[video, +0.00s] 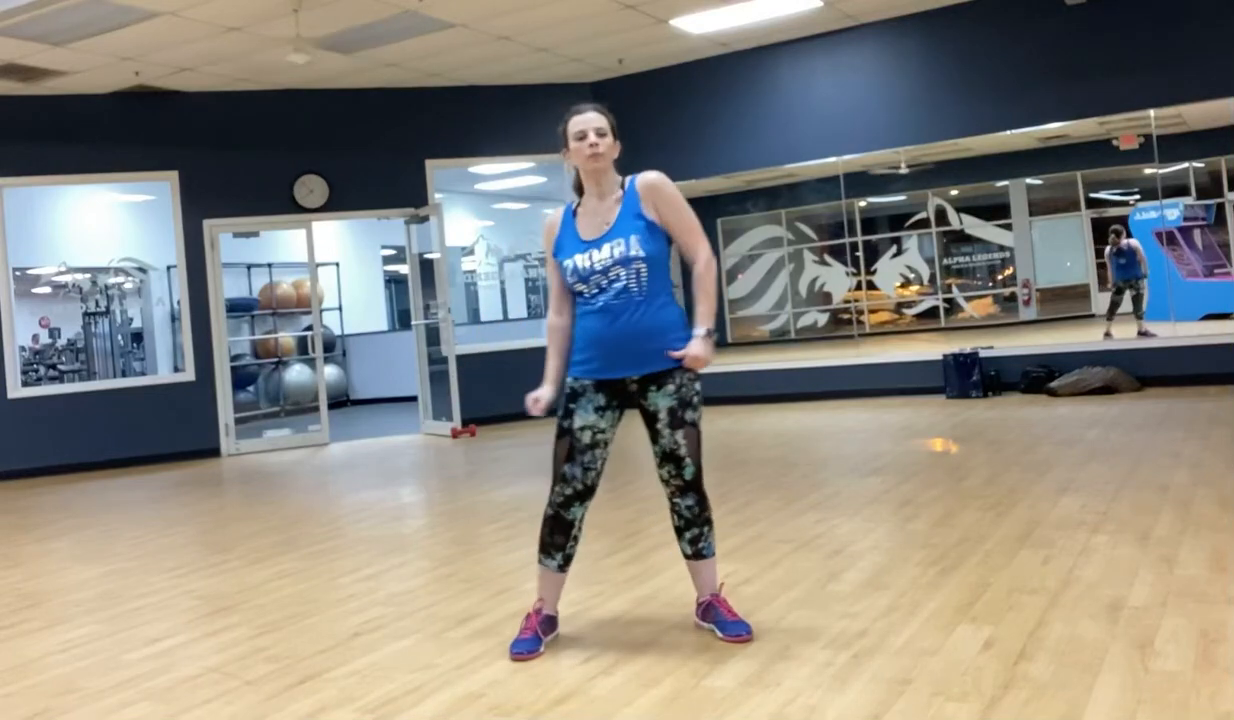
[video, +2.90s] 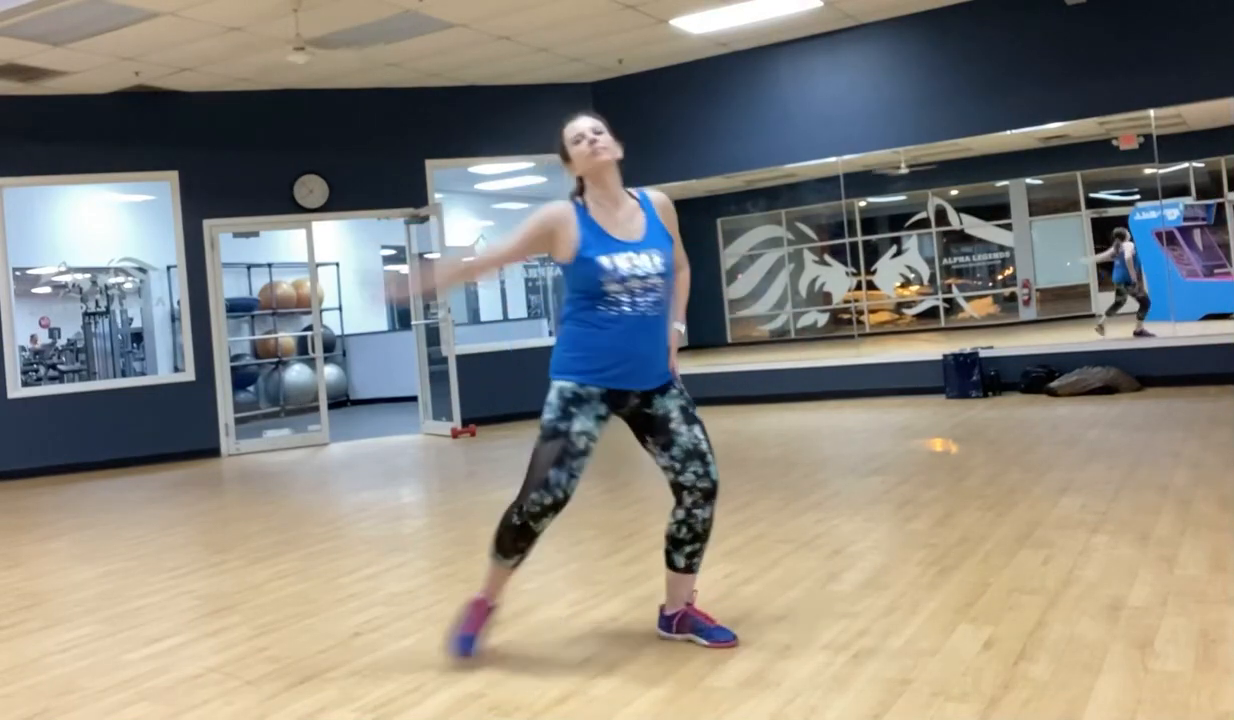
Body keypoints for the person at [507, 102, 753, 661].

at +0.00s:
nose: (593, 143)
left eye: (601, 134)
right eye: (581, 137)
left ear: (616, 143)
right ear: (567, 151)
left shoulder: (649, 188)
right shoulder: (559, 222)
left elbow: (703, 256)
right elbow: (559, 312)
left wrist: (703, 333)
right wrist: (550, 383)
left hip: (665, 367)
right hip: (591, 377)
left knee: (684, 483)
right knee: (569, 491)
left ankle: (711, 600)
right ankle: (544, 612)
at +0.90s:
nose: (602, 158)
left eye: (603, 148)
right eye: (588, 154)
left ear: (611, 152)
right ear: (564, 166)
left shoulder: (628, 231)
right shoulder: (540, 201)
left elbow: (648, 308)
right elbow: (489, 270)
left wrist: (702, 345)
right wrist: (482, 347)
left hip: (632, 371)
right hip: (562, 378)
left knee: (665, 483)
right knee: (559, 496)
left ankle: (705, 600)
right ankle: (545, 614)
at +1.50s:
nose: (591, 155)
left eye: (589, 143)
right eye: (576, 156)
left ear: (601, 143)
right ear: (562, 176)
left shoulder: (652, 203)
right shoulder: (552, 224)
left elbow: (707, 263)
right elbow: (536, 304)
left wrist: (696, 328)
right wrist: (510, 372)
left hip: (649, 371)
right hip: (572, 376)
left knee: (682, 484)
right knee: (559, 490)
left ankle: (712, 599)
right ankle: (545, 613)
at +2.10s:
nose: (578, 142)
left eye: (583, 133)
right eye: (565, 139)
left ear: (599, 143)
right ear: (550, 156)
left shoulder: (635, 215)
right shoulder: (528, 220)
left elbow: (659, 296)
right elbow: (476, 293)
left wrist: (698, 329)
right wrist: (439, 350)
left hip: (637, 371)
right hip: (560, 379)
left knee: (667, 484)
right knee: (552, 497)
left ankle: (710, 600)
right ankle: (545, 615)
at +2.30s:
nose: (560, 139)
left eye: (566, 130)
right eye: (547, 135)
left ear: (583, 142)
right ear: (533, 154)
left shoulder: (618, 215)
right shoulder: (512, 216)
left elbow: (637, 294)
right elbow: (442, 270)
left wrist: (644, 344)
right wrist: (380, 312)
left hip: (616, 373)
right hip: (542, 380)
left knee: (660, 483)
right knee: (541, 500)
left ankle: (707, 600)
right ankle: (545, 615)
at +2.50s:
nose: (551, 135)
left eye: (557, 126)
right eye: (539, 132)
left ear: (574, 138)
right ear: (525, 150)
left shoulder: (610, 207)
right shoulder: (505, 209)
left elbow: (645, 281)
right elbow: (429, 236)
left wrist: (640, 344)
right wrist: (348, 250)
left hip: (611, 369)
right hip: (537, 377)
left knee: (667, 468)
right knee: (538, 494)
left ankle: (697, 594)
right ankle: (544, 614)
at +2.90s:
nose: (594, 139)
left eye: (599, 131)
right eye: (580, 139)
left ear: (619, 146)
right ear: (571, 165)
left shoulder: (657, 205)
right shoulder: (560, 220)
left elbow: (680, 269)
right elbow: (486, 261)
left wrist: (675, 328)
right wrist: (422, 280)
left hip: (653, 379)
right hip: (583, 383)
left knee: (699, 482)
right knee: (544, 496)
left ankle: (679, 608)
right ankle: (486, 600)